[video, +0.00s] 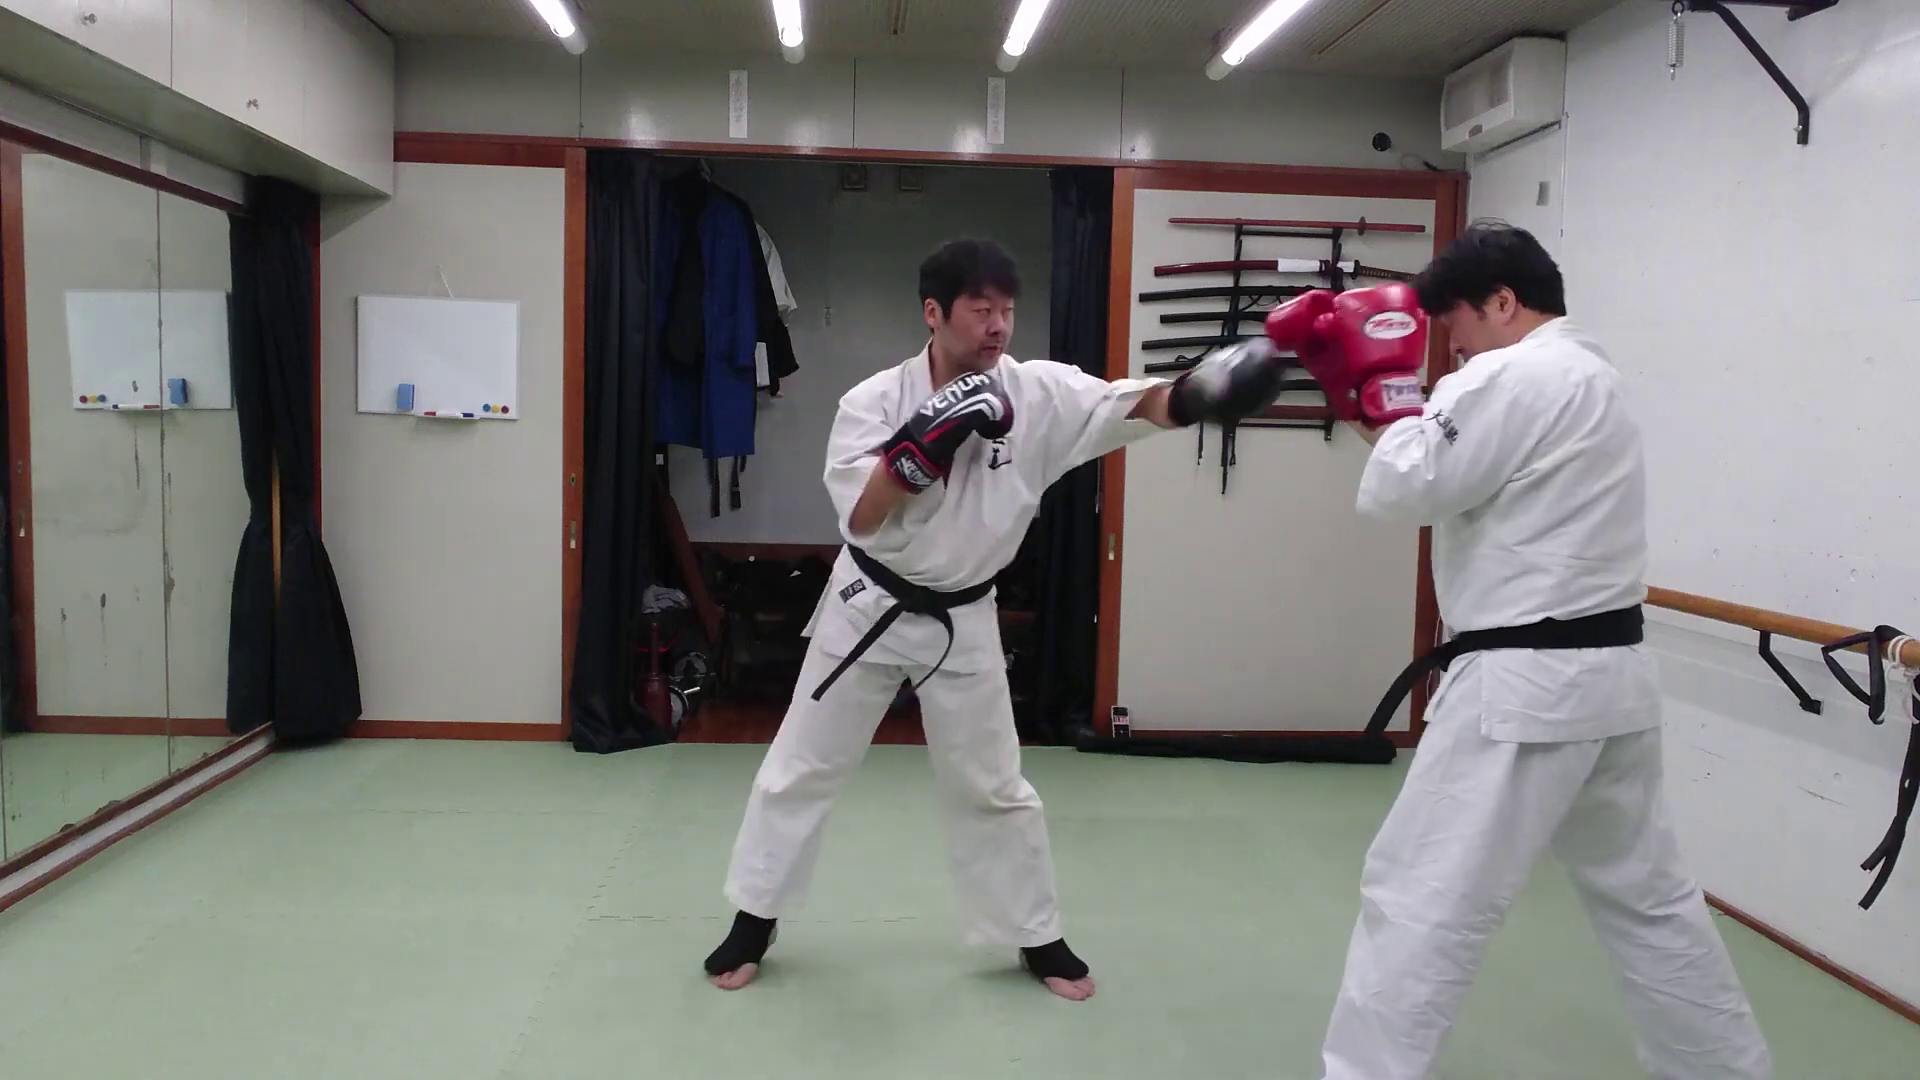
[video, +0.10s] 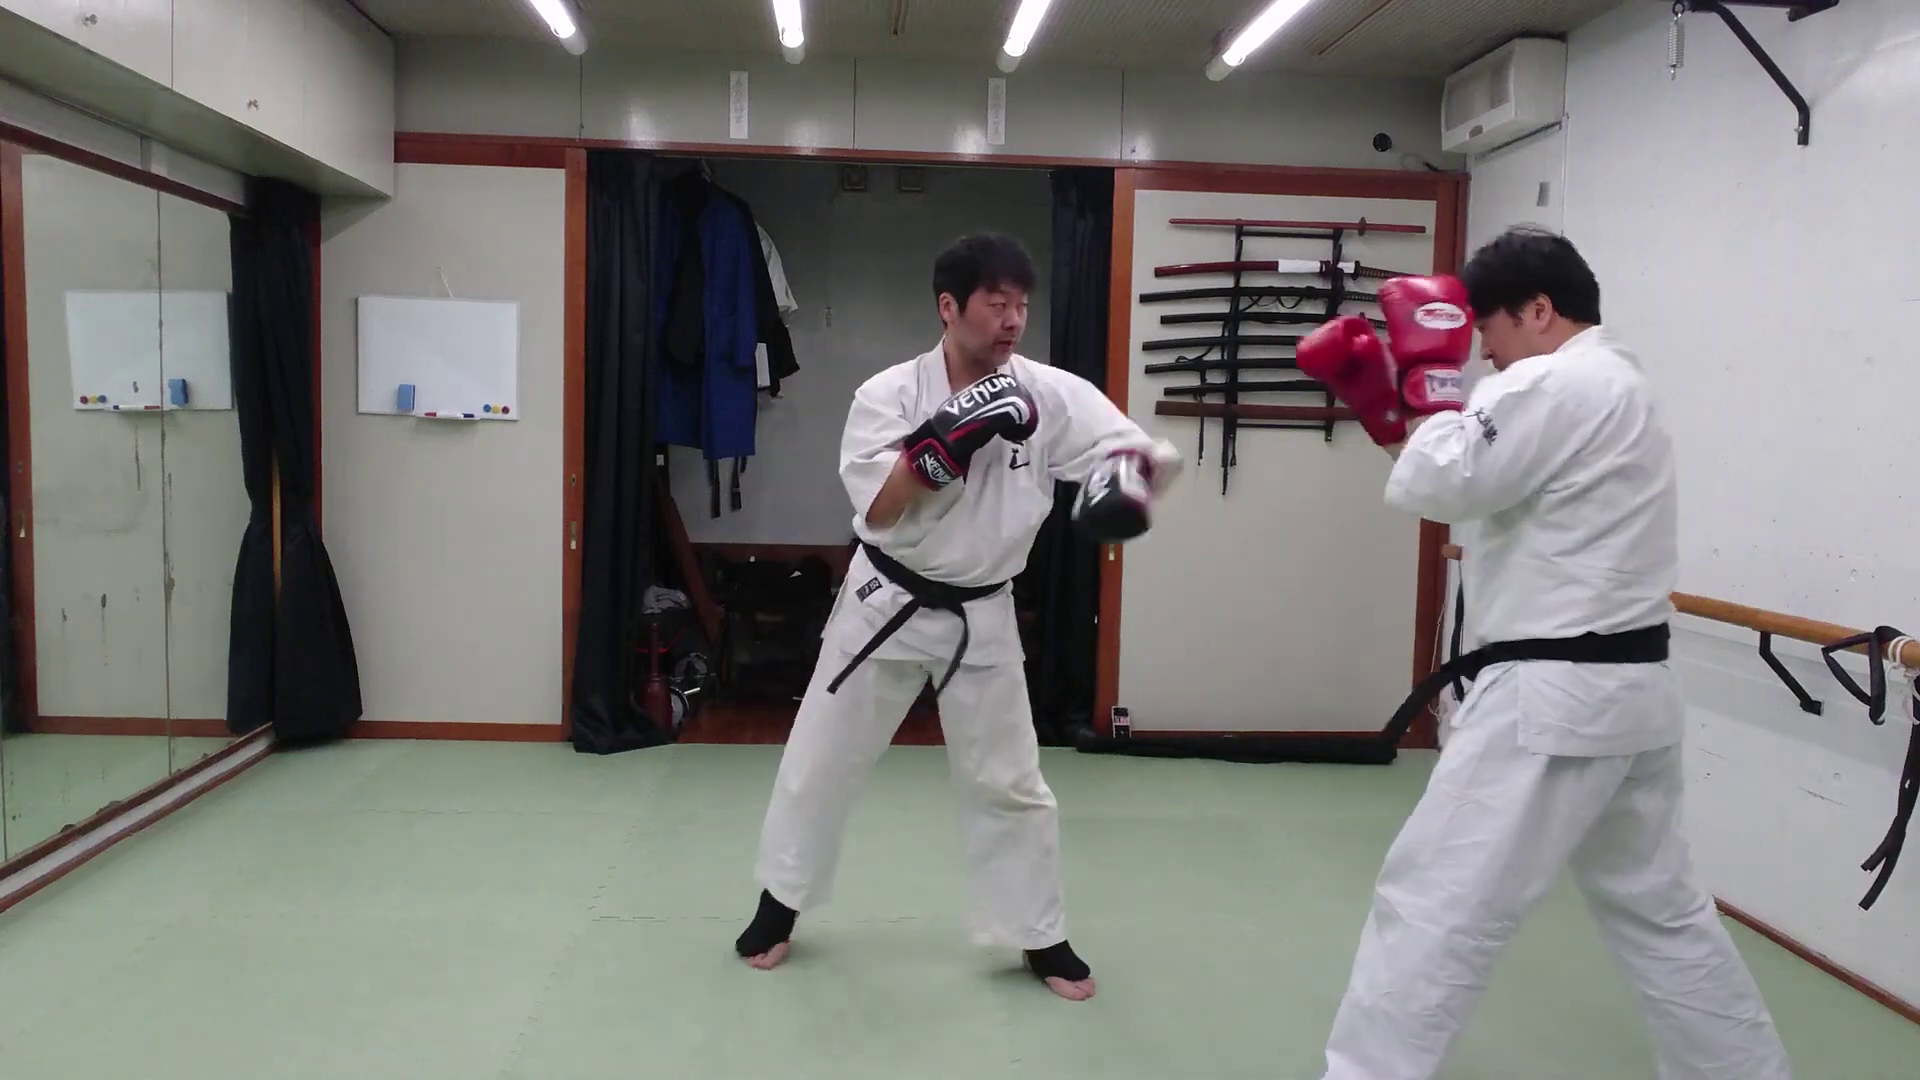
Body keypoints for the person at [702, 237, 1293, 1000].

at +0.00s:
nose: (998, 326)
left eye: (1006, 311)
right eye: (981, 309)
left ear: (1012, 315)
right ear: (934, 312)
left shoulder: (1040, 390)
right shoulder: (875, 403)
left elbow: (1137, 404)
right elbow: (861, 518)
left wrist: (1215, 386)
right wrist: (925, 441)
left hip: (968, 617)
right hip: (868, 604)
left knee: (996, 788)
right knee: (801, 767)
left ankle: (1040, 938)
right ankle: (754, 919)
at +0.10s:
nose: (1012, 322)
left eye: (1020, 308)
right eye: (995, 305)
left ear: (1026, 314)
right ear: (948, 307)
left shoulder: (1053, 395)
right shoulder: (888, 396)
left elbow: (1141, 453)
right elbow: (876, 510)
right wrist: (950, 437)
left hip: (987, 616)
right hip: (885, 604)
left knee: (1013, 785)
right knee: (817, 762)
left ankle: (1043, 938)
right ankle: (781, 901)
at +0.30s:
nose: (1009, 335)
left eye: (1017, 322)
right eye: (998, 317)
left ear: (1018, 326)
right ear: (947, 310)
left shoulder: (1021, 408)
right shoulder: (876, 395)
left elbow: (1039, 499)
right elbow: (869, 508)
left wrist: (1084, 489)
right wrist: (942, 435)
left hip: (977, 613)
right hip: (877, 605)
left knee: (1018, 775)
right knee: (826, 763)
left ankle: (1046, 936)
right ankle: (795, 894)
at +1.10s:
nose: (979, 393)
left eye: (987, 379)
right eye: (962, 378)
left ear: (994, 379)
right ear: (917, 379)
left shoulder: (1016, 436)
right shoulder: (868, 466)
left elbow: (1065, 502)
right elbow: (869, 591)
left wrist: (1073, 542)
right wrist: (940, 530)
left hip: (1009, 639)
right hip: (906, 644)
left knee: (1060, 796)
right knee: (848, 794)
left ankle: (1122, 958)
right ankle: (804, 911)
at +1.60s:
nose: (1046, 381)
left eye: (1054, 365)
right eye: (1030, 363)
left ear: (1061, 371)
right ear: (984, 366)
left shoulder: (1078, 452)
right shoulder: (929, 454)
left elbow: (1119, 567)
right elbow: (947, 563)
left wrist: (1147, 538)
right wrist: (1010, 480)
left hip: (1062, 647)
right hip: (955, 649)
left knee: (1128, 786)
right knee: (891, 806)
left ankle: (1154, 956)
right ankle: (864, 914)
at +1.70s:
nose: (1065, 376)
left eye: (1073, 360)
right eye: (1047, 361)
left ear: (1083, 365)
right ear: (1004, 363)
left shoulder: (1111, 444)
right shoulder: (948, 455)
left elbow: (1203, 526)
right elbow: (908, 567)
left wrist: (1178, 509)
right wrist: (955, 509)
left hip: (1088, 652)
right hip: (981, 651)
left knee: (1137, 812)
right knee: (905, 801)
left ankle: (1225, 977)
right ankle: (866, 915)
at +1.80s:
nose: (1100, 355)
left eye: (1112, 341)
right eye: (1083, 340)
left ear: (1125, 347)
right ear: (1044, 345)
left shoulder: (1158, 420)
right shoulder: (995, 433)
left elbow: (1263, 439)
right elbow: (926, 541)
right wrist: (956, 485)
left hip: (1118, 642)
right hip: (1020, 635)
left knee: (1169, 819)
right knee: (948, 768)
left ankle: (1246, 979)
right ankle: (882, 893)